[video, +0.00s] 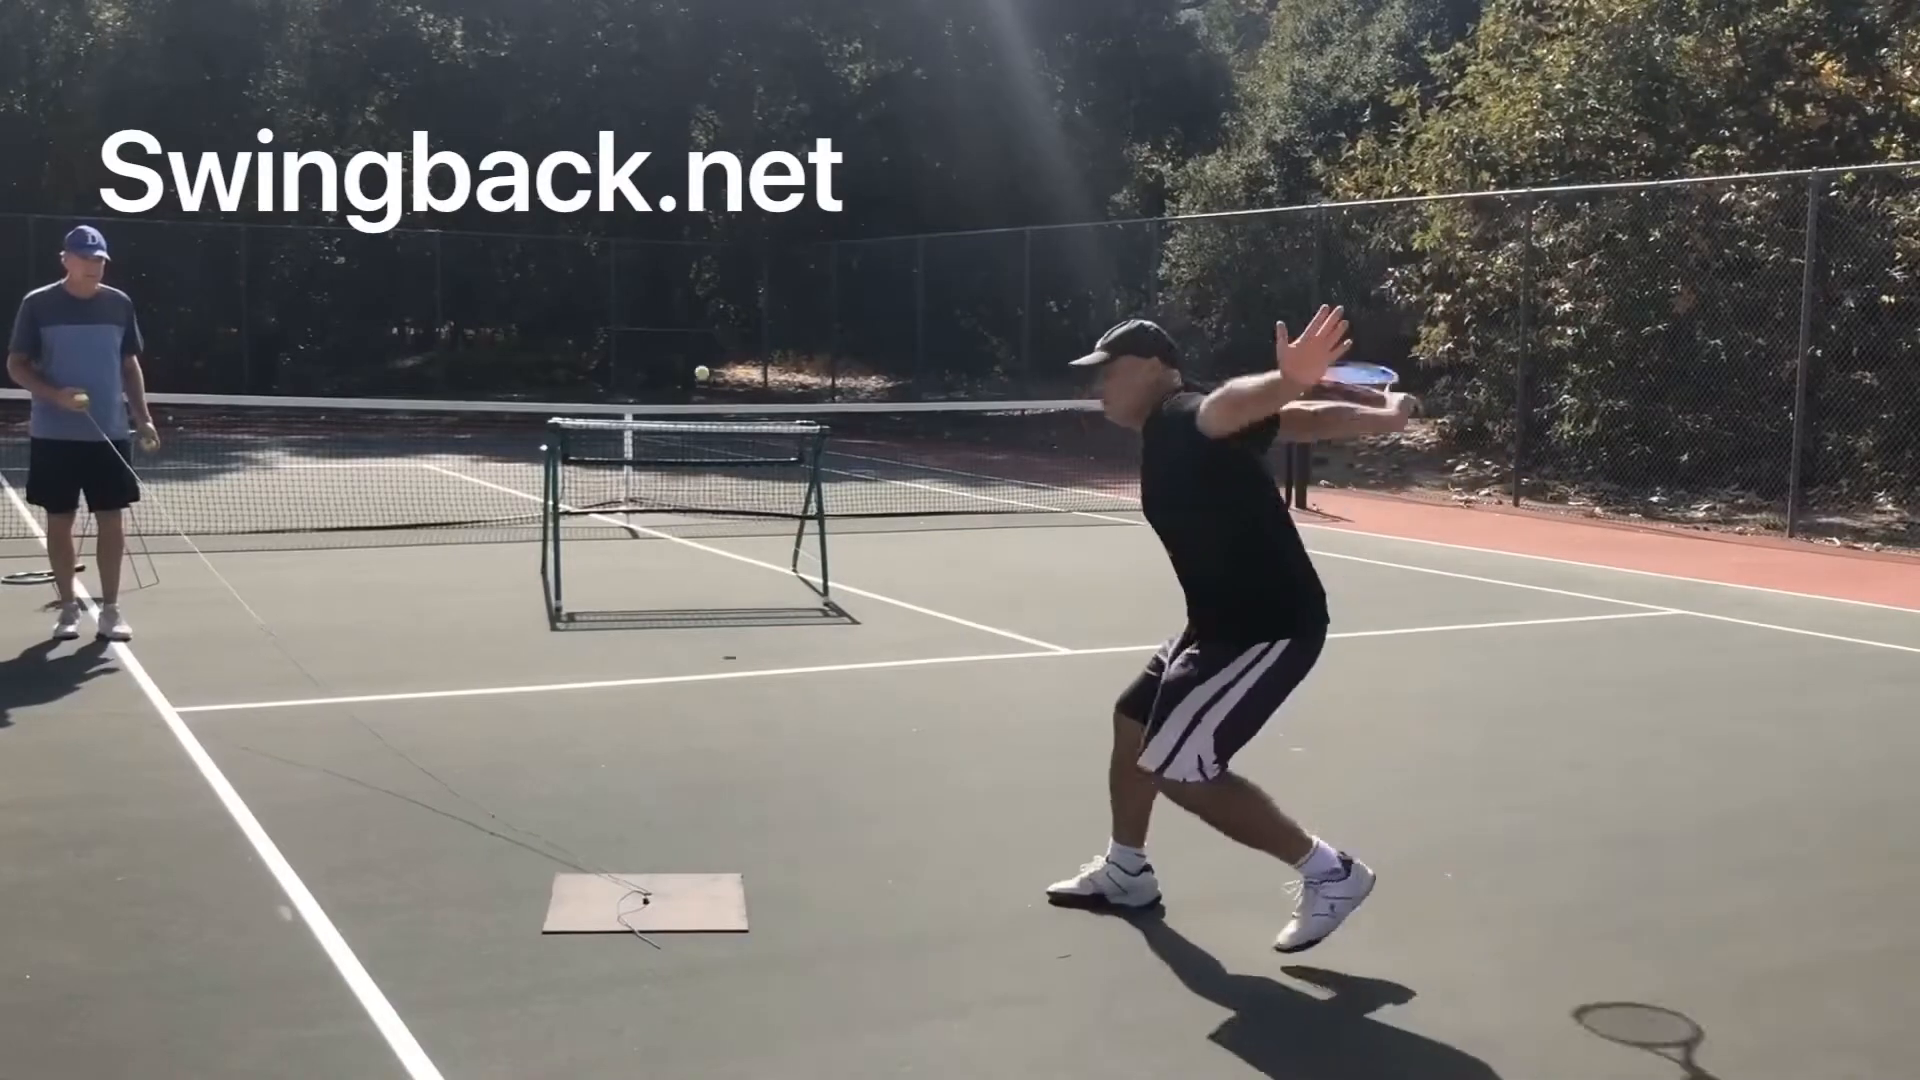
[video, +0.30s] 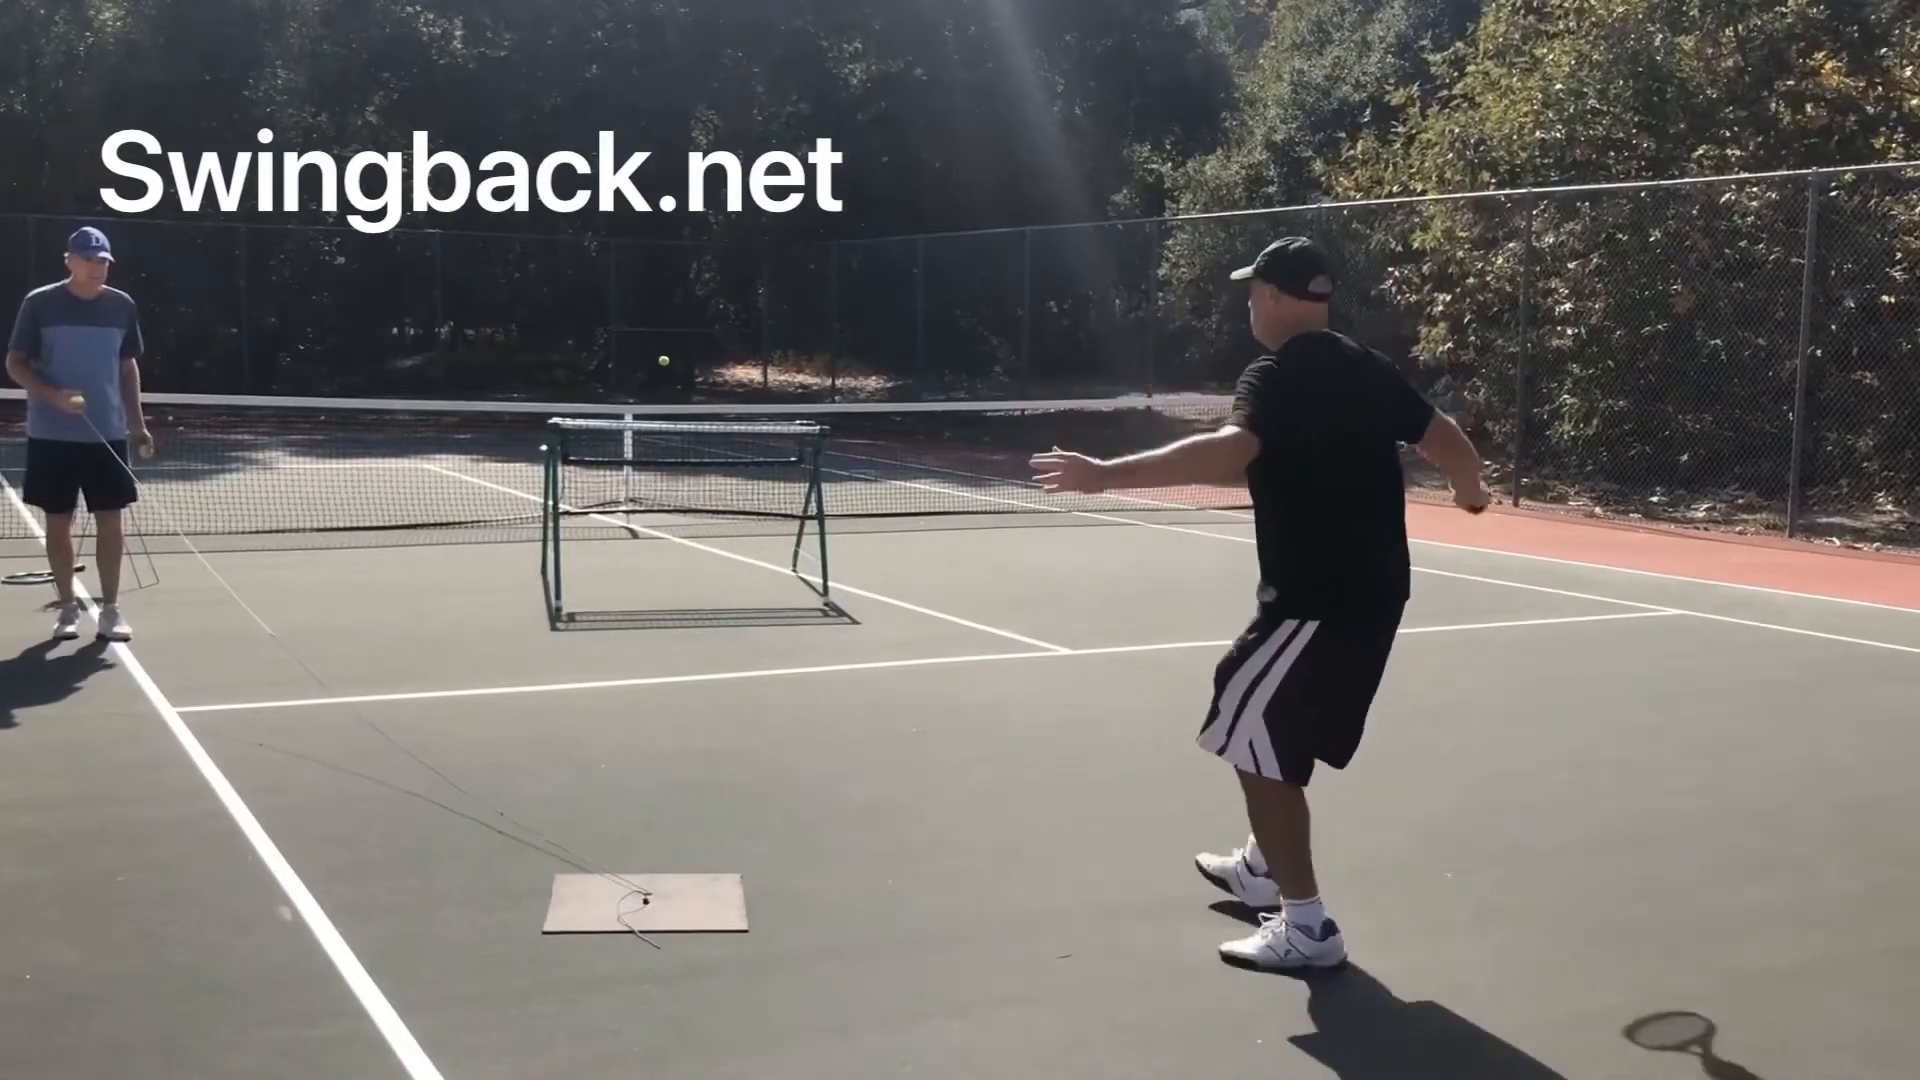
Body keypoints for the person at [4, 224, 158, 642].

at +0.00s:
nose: (92, 267)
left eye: (98, 260)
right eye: (84, 259)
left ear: (105, 263)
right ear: (65, 259)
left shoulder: (119, 304)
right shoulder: (37, 304)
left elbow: (130, 363)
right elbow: (16, 364)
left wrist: (142, 416)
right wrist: (53, 394)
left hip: (110, 436)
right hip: (55, 437)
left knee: (111, 520)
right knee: (60, 521)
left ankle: (111, 609)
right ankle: (69, 606)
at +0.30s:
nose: (98, 269)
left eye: (103, 262)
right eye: (90, 261)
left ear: (110, 264)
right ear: (70, 261)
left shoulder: (122, 306)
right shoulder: (39, 303)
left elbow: (128, 366)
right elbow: (15, 363)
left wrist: (137, 422)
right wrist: (52, 395)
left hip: (108, 437)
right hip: (53, 438)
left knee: (110, 520)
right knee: (58, 522)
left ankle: (110, 609)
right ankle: (68, 607)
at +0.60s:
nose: (99, 267)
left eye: (105, 260)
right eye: (91, 259)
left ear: (111, 264)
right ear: (72, 260)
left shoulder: (127, 308)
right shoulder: (41, 302)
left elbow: (143, 365)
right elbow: (16, 359)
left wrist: (158, 413)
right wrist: (47, 391)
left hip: (106, 438)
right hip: (51, 437)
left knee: (110, 521)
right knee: (57, 523)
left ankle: (109, 610)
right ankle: (67, 607)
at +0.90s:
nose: (99, 253)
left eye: (104, 247)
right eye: (91, 247)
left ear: (111, 254)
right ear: (72, 254)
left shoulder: (127, 295)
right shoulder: (43, 298)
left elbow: (153, 319)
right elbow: (20, 359)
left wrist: (167, 311)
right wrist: (48, 383)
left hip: (110, 428)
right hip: (55, 430)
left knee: (111, 518)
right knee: (59, 519)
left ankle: (110, 609)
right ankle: (68, 608)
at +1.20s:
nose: (92, 259)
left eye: (99, 253)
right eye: (85, 252)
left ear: (107, 257)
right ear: (69, 255)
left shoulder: (125, 300)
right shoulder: (40, 300)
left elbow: (151, 357)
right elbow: (23, 362)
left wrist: (105, 372)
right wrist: (55, 383)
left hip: (113, 432)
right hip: (57, 434)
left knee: (113, 520)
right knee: (60, 520)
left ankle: (111, 609)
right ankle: (68, 607)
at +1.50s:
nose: (91, 264)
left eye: (98, 257)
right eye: (84, 256)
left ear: (106, 260)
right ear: (67, 256)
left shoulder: (124, 302)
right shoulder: (40, 301)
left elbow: (145, 363)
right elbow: (19, 364)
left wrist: (121, 389)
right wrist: (58, 390)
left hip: (109, 433)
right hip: (55, 436)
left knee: (111, 519)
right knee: (60, 520)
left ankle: (111, 609)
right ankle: (69, 606)